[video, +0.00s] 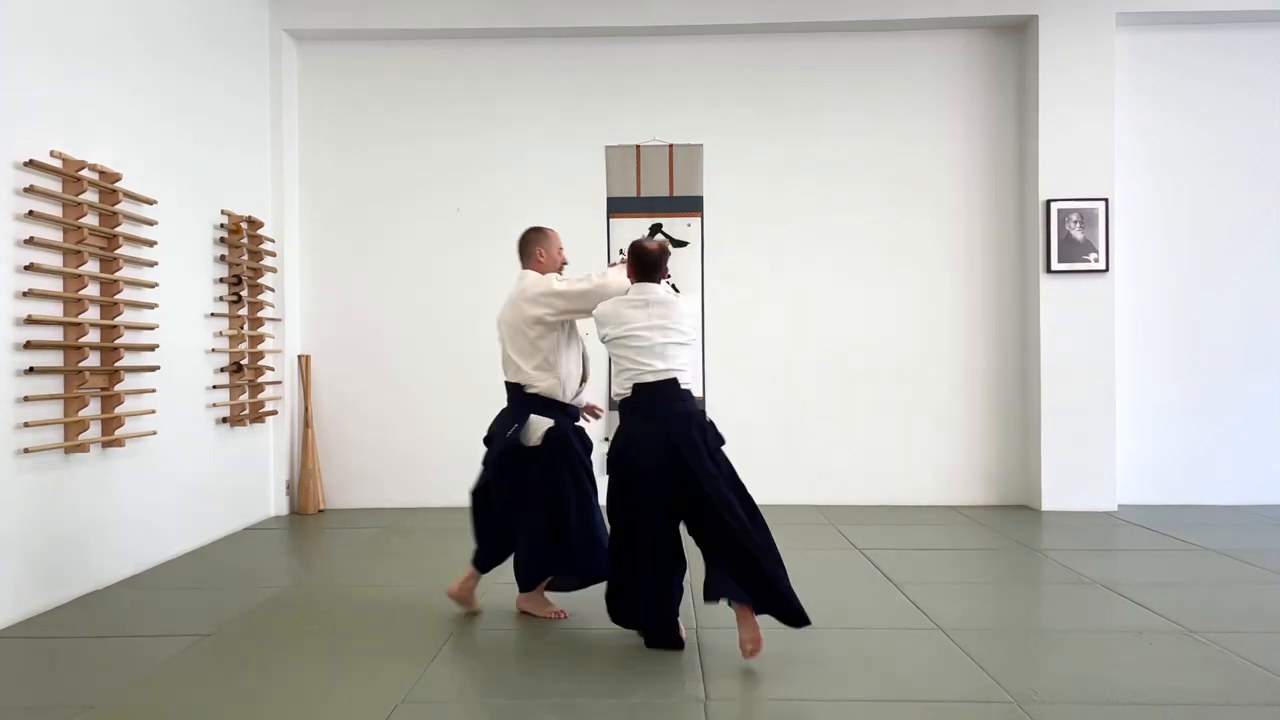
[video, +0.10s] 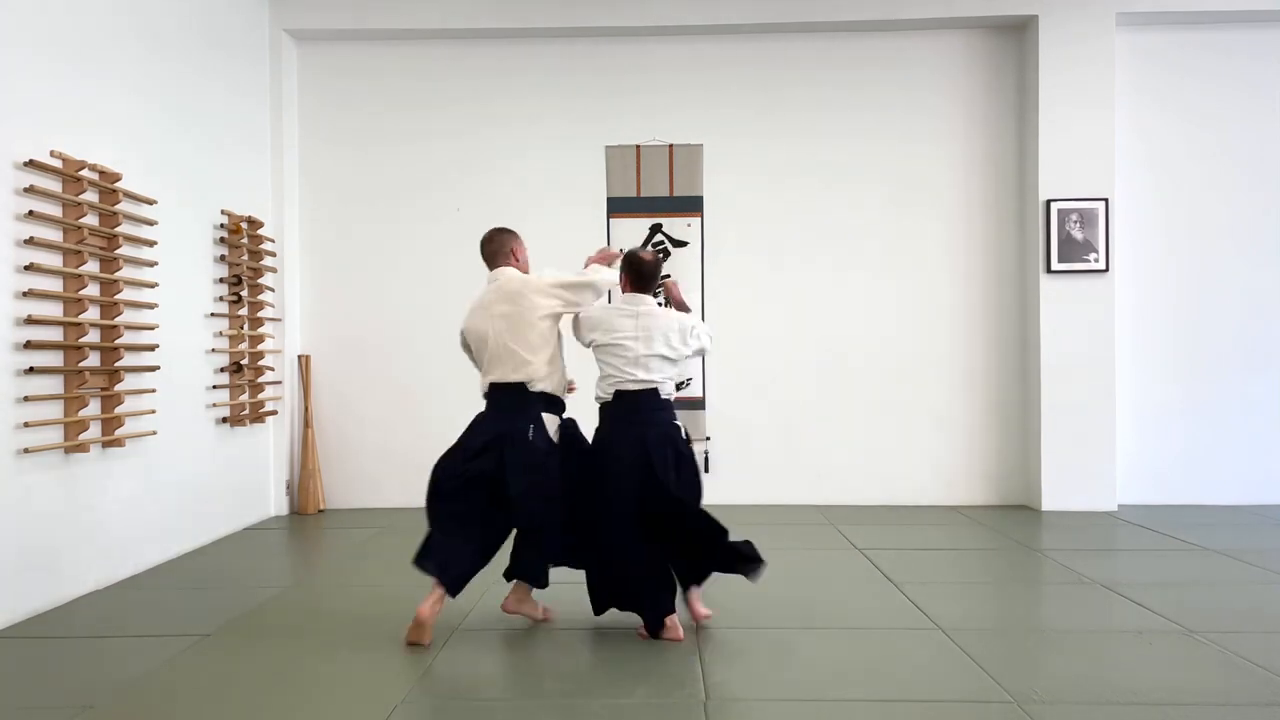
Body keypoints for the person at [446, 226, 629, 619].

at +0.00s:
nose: (565, 256)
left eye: (563, 250)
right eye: (560, 250)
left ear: (532, 256)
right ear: (540, 255)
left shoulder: (519, 297)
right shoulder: (542, 292)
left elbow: (532, 368)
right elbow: (601, 290)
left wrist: (576, 401)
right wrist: (621, 269)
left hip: (521, 415)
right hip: (546, 420)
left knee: (516, 504)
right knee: (546, 508)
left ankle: (467, 581)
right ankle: (530, 594)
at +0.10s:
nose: (528, 258)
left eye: (523, 251)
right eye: (525, 252)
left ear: (488, 262)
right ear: (516, 254)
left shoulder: (474, 314)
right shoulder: (538, 289)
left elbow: (495, 373)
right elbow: (599, 283)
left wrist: (552, 382)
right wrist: (597, 263)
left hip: (494, 420)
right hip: (538, 423)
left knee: (486, 511)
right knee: (545, 507)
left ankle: (433, 600)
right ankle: (520, 595)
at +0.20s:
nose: (505, 271)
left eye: (469, 271)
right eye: (508, 263)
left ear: (468, 274)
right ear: (508, 264)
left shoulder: (455, 317)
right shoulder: (541, 299)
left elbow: (446, 394)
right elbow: (565, 338)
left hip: (488, 434)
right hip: (542, 433)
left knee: (439, 520)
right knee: (562, 514)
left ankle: (419, 628)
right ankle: (532, 600)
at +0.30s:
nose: (470, 278)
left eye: (468, 273)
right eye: (504, 267)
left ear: (470, 276)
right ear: (512, 270)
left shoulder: (468, 318)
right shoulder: (535, 312)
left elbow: (418, 383)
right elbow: (494, 346)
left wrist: (381, 440)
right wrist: (436, 348)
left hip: (497, 441)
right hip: (550, 439)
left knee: (440, 528)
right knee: (567, 529)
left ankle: (416, 634)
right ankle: (587, 614)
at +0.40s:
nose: (485, 279)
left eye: (483, 274)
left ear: (485, 275)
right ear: (528, 270)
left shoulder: (478, 316)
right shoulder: (554, 319)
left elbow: (425, 373)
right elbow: (520, 388)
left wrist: (379, 420)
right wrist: (451, 397)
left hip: (499, 451)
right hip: (560, 452)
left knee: (447, 538)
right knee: (601, 543)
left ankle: (416, 636)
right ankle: (623, 654)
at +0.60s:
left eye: (531, 251)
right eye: (571, 254)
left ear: (526, 256)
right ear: (574, 256)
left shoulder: (500, 304)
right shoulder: (600, 308)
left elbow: (460, 350)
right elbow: (645, 374)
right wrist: (645, 401)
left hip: (511, 442)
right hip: (574, 446)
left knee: (481, 535)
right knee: (609, 558)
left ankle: (439, 637)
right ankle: (630, 686)